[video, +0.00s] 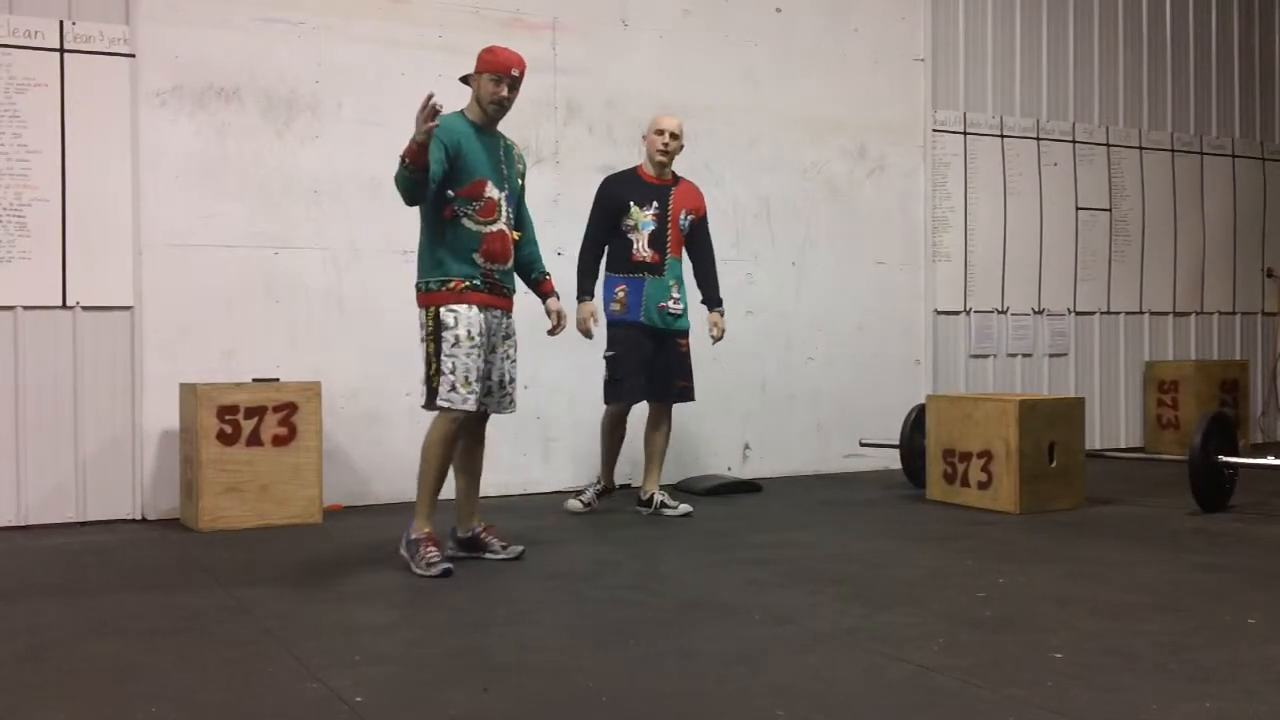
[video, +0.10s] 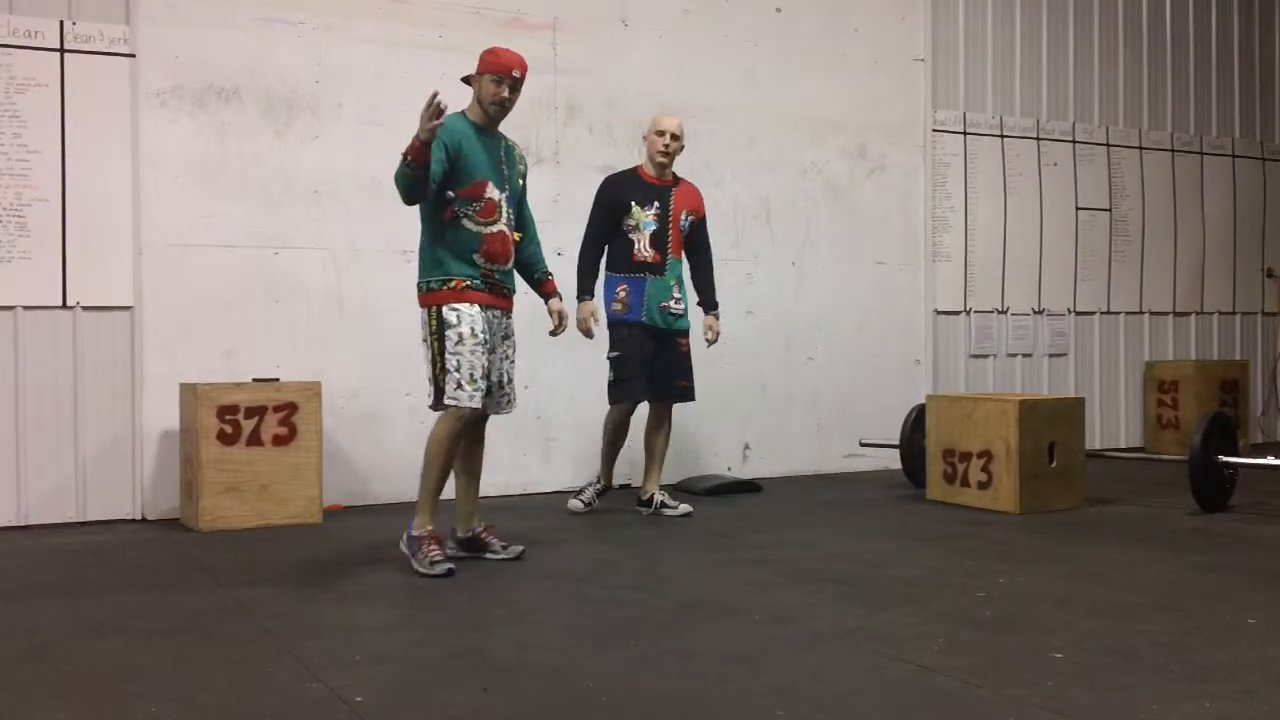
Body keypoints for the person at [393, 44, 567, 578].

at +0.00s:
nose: (504, 90)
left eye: (511, 84)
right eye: (495, 80)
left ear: (517, 93)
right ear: (473, 82)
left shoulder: (511, 153)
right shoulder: (446, 132)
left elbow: (520, 228)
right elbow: (411, 195)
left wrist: (548, 291)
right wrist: (418, 143)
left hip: (496, 296)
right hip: (452, 291)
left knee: (478, 414)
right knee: (456, 409)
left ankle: (468, 527)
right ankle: (421, 531)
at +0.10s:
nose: (505, 91)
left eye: (513, 85)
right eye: (497, 81)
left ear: (518, 95)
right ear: (475, 82)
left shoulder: (512, 154)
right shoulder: (447, 133)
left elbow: (522, 229)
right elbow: (410, 193)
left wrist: (550, 291)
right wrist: (421, 141)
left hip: (496, 293)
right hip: (453, 288)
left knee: (478, 411)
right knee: (461, 407)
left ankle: (468, 528)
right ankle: (421, 529)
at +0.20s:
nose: (505, 91)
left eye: (513, 86)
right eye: (497, 81)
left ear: (518, 95)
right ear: (474, 83)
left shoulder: (512, 155)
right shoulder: (446, 133)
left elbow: (523, 229)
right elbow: (411, 194)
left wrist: (552, 291)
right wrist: (422, 139)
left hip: (496, 294)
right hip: (454, 289)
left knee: (478, 411)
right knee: (458, 408)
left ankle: (469, 527)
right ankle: (425, 534)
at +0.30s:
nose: (503, 90)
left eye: (511, 84)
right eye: (494, 80)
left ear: (516, 93)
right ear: (471, 81)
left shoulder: (510, 152)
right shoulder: (446, 133)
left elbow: (522, 228)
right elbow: (411, 196)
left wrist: (552, 290)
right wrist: (419, 146)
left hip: (497, 298)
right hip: (454, 293)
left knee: (478, 415)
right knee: (451, 411)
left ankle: (470, 528)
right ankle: (433, 541)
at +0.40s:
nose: (497, 87)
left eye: (505, 80)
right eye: (488, 77)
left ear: (511, 89)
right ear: (466, 79)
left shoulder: (509, 152)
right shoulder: (443, 135)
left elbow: (521, 227)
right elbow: (411, 199)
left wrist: (551, 290)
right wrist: (415, 159)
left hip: (498, 299)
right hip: (453, 295)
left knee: (478, 415)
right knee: (446, 414)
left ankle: (470, 528)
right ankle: (435, 544)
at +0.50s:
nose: (491, 83)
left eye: (500, 75)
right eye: (482, 72)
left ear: (507, 83)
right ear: (460, 76)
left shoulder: (506, 148)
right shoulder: (437, 133)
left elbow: (520, 225)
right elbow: (415, 189)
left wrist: (549, 289)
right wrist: (417, 190)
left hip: (497, 300)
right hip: (450, 296)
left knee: (479, 416)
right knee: (443, 416)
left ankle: (470, 529)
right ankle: (436, 545)